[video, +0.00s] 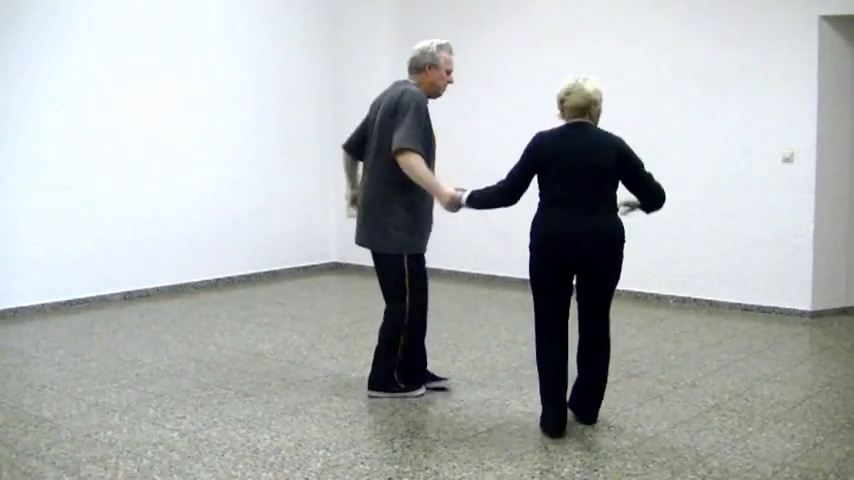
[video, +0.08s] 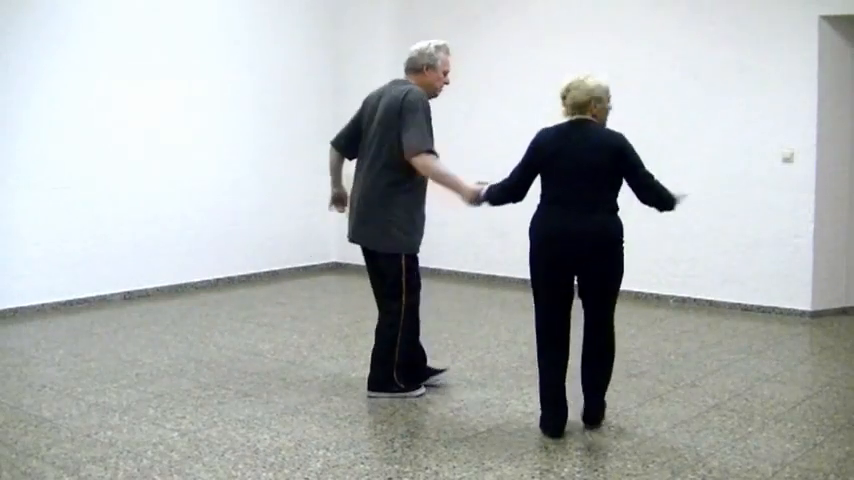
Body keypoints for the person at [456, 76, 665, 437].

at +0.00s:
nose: (602, 113)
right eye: (601, 108)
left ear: (561, 109)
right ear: (597, 111)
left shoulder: (544, 142)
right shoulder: (612, 145)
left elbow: (509, 192)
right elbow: (655, 198)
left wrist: (465, 198)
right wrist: (636, 202)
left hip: (550, 247)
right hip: (603, 249)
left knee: (550, 329)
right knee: (595, 325)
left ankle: (553, 420)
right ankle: (586, 408)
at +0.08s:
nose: (609, 113)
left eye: (609, 107)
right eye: (608, 107)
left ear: (567, 106)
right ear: (597, 107)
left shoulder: (546, 139)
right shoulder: (613, 142)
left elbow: (515, 187)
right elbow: (645, 187)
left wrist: (485, 194)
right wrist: (669, 201)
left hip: (550, 247)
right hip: (601, 248)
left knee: (551, 330)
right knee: (599, 325)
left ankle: (552, 421)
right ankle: (593, 412)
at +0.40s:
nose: (643, 106)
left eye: (642, 99)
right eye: (638, 99)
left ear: (608, 104)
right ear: (616, 103)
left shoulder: (578, 137)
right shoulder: (626, 138)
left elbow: (551, 183)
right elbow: (637, 190)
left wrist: (540, 161)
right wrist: (678, 213)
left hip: (566, 250)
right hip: (609, 253)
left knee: (567, 335)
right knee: (613, 345)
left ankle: (551, 421)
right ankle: (593, 438)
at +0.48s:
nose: (652, 108)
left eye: (649, 101)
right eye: (646, 102)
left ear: (613, 108)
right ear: (626, 107)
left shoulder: (586, 138)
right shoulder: (633, 140)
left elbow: (555, 182)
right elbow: (637, 192)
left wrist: (540, 157)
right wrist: (667, 225)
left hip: (571, 249)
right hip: (614, 255)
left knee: (571, 334)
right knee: (615, 345)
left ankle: (555, 421)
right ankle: (593, 438)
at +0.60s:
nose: (652, 108)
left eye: (650, 101)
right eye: (648, 103)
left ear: (610, 107)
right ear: (638, 108)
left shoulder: (588, 138)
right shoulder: (646, 145)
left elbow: (548, 175)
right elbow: (657, 200)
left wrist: (530, 154)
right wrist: (693, 234)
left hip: (572, 250)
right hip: (620, 258)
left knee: (569, 330)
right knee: (618, 346)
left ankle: (554, 420)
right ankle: (594, 438)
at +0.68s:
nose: (640, 113)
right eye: (640, 108)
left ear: (604, 107)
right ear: (637, 110)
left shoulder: (582, 137)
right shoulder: (646, 146)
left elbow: (538, 173)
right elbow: (675, 199)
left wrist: (518, 154)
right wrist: (728, 227)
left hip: (569, 249)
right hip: (622, 256)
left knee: (559, 328)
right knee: (617, 344)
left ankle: (544, 417)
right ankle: (597, 438)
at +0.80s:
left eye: (583, 99)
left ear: (583, 105)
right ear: (617, 107)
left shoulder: (564, 139)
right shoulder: (633, 146)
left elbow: (519, 180)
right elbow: (682, 191)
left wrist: (494, 166)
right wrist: (733, 190)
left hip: (561, 250)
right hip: (614, 256)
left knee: (536, 328)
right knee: (613, 341)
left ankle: (521, 413)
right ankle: (607, 438)